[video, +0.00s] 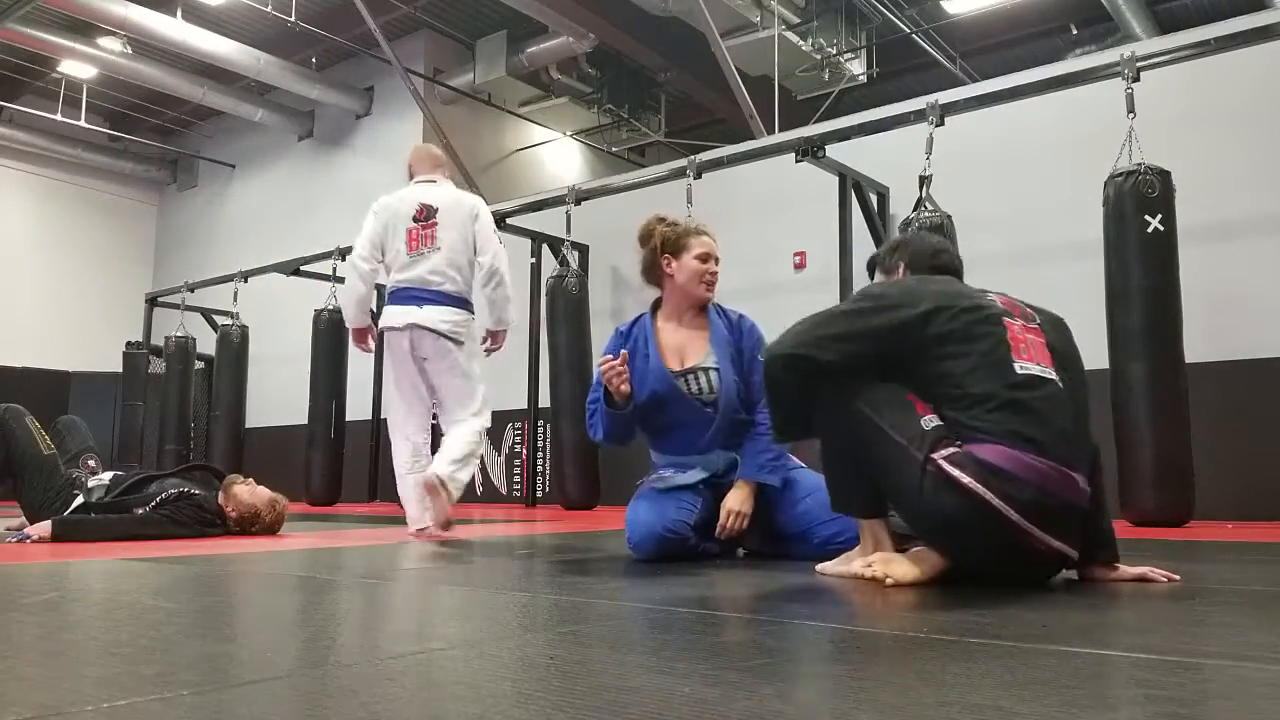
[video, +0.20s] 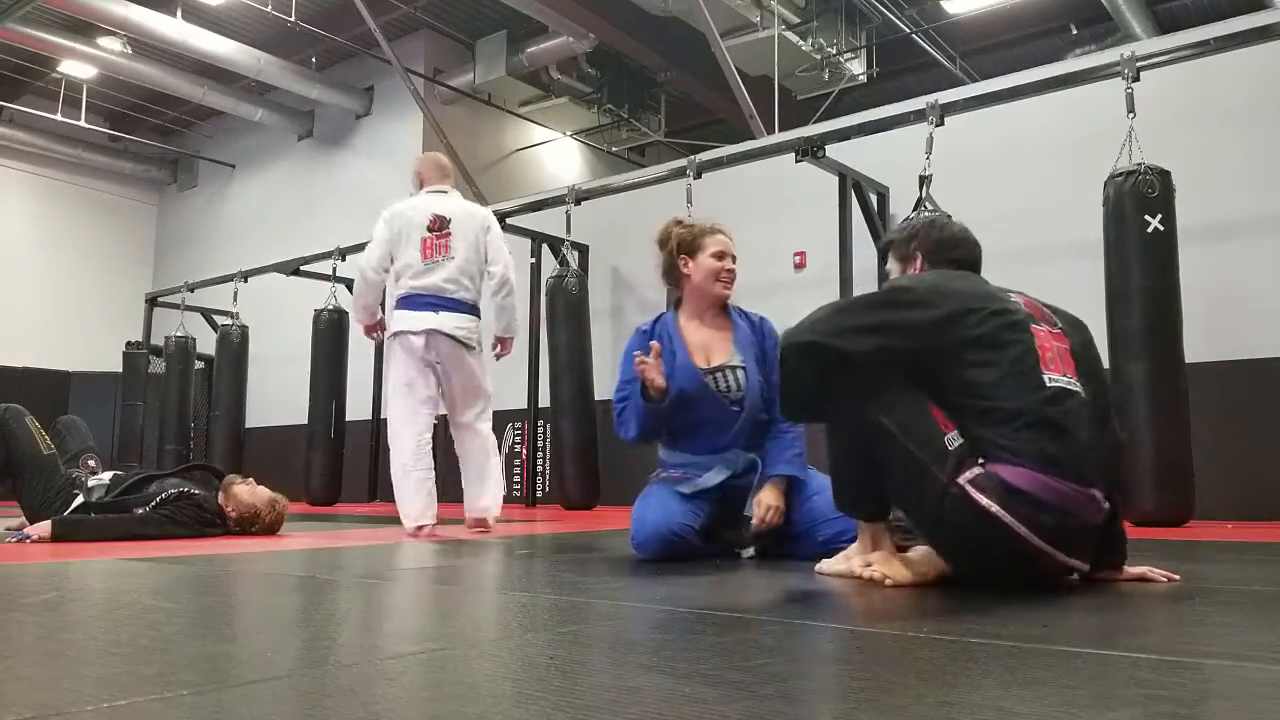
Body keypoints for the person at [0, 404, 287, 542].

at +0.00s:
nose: (247, 476)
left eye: (249, 488)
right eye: (255, 483)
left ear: (233, 510)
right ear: (235, 505)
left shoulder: (197, 513)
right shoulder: (216, 491)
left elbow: (128, 524)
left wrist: (56, 527)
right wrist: (112, 481)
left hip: (68, 501)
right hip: (101, 485)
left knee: (12, 414)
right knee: (68, 421)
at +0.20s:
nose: (247, 476)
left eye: (249, 488)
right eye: (255, 483)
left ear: (233, 510)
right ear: (235, 505)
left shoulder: (196, 513)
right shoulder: (216, 490)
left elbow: (128, 524)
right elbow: (155, 485)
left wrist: (55, 526)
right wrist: (113, 479)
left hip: (67, 500)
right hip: (101, 484)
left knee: (11, 414)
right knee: (68, 421)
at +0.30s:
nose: (246, 476)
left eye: (249, 488)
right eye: (254, 483)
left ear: (233, 510)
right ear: (235, 505)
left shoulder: (196, 513)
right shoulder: (215, 490)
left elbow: (128, 524)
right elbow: (155, 485)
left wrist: (55, 526)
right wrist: (112, 480)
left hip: (67, 500)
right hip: (101, 484)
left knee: (11, 414)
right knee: (68, 421)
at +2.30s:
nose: (251, 478)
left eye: (252, 489)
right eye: (259, 485)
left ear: (233, 509)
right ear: (237, 502)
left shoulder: (198, 513)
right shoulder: (217, 484)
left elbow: (130, 525)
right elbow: (158, 482)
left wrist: (56, 526)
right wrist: (116, 480)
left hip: (68, 499)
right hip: (101, 484)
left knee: (11, 414)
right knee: (70, 422)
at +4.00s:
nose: (210, 469)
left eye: (219, 476)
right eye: (218, 466)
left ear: (232, 501)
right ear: (222, 466)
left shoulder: (197, 512)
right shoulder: (209, 484)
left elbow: (128, 524)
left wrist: (56, 527)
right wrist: (110, 480)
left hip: (67, 502)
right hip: (100, 485)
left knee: (11, 416)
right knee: (73, 422)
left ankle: (14, 501)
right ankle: (31, 503)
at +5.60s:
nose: (225, 463)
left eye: (231, 464)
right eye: (232, 461)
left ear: (230, 475)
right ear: (250, 497)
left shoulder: (199, 513)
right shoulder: (215, 496)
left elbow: (130, 524)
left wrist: (56, 526)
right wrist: (107, 477)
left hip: (68, 501)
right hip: (95, 485)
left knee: (9, 416)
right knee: (46, 420)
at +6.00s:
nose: (228, 471)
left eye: (234, 472)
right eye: (235, 471)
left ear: (234, 475)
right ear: (255, 503)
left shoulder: (200, 512)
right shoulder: (217, 492)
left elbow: (132, 524)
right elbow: (148, 489)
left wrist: (56, 527)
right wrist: (106, 478)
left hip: (69, 501)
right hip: (97, 485)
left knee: (9, 418)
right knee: (41, 421)